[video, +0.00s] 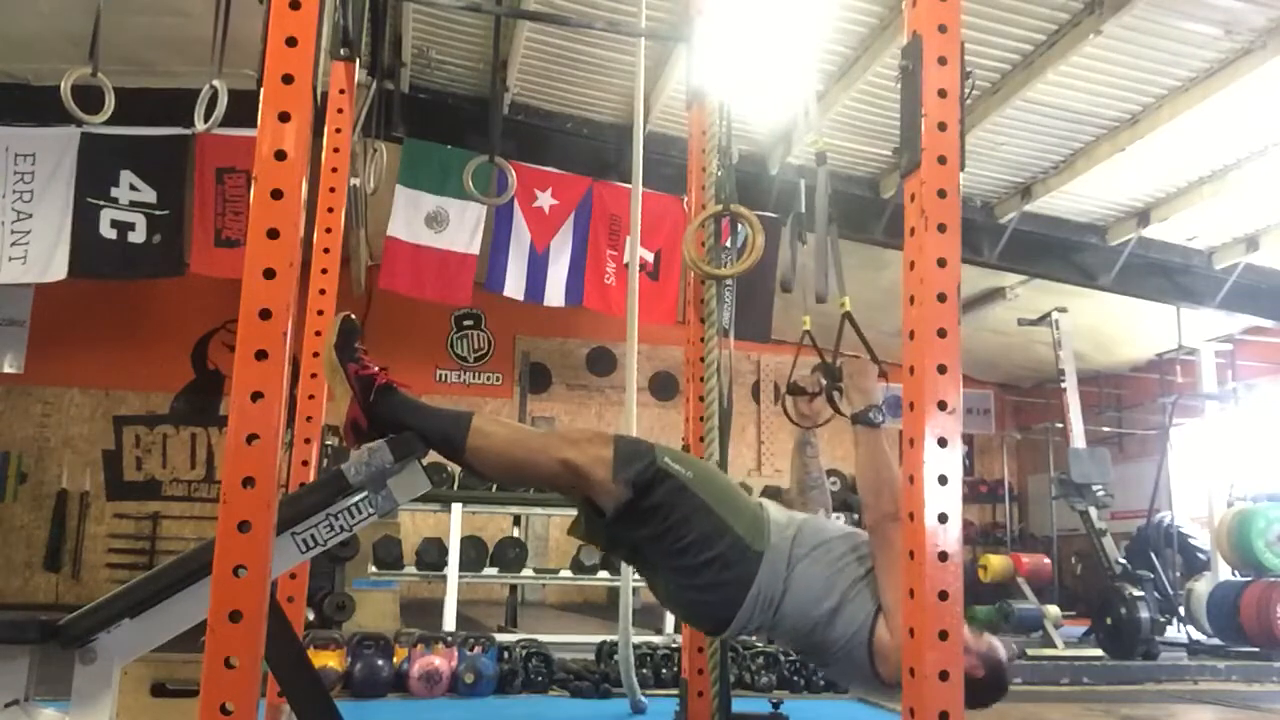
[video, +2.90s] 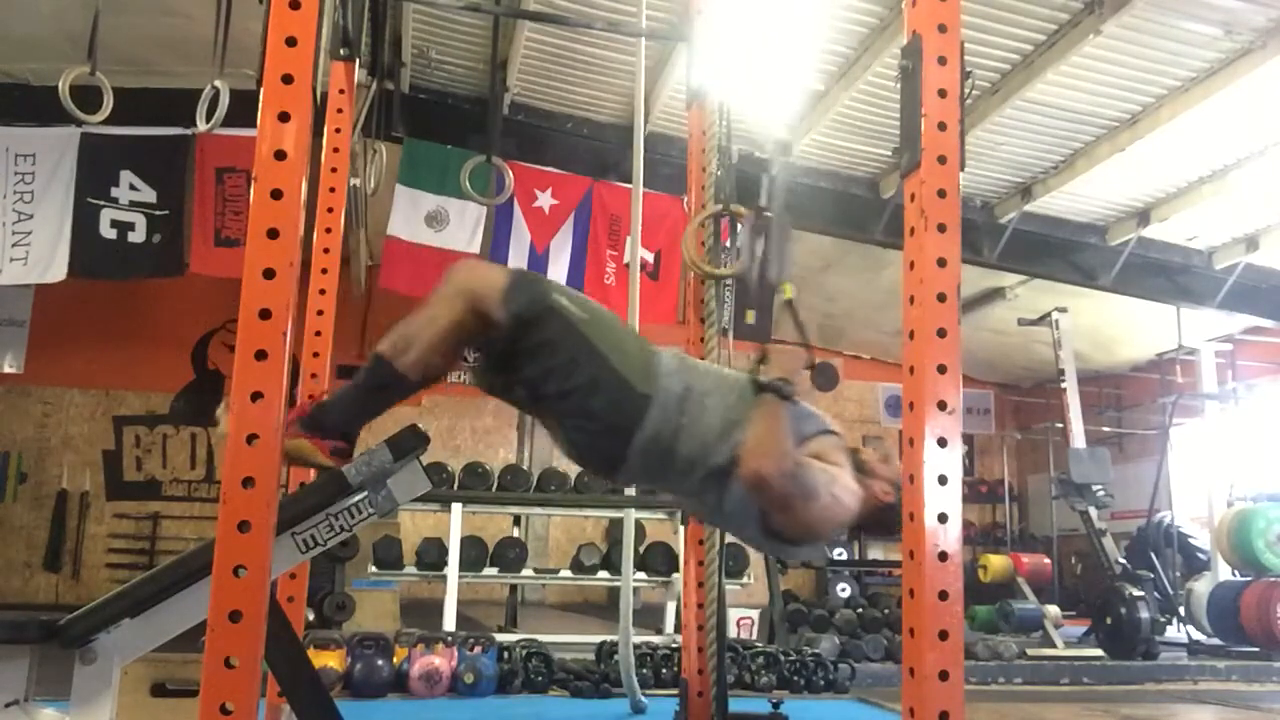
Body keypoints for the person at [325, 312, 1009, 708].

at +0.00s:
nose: (969, 639)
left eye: (974, 658)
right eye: (980, 643)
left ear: (955, 682)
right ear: (967, 631)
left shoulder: (913, 663)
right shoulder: (917, 619)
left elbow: (906, 525)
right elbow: (892, 520)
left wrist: (883, 420)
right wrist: (871, 418)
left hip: (744, 571)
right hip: (749, 534)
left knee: (598, 464)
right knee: (593, 457)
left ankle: (402, 416)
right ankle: (414, 421)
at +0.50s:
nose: (979, 579)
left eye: (988, 599)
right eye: (992, 577)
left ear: (972, 625)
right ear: (981, 565)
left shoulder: (927, 622)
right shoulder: (921, 562)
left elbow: (894, 519)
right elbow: (867, 510)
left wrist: (883, 419)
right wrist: (847, 436)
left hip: (761, 541)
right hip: (756, 508)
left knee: (593, 446)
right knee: (581, 449)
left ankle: (385, 409)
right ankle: (393, 424)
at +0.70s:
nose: (1002, 497)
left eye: (1012, 509)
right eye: (1011, 493)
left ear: (1001, 534)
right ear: (998, 485)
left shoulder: (949, 538)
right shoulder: (949, 486)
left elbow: (904, 496)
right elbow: (886, 448)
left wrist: (934, 428)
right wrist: (909, 398)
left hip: (774, 490)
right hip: (762, 454)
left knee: (601, 424)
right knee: (590, 421)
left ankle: (389, 415)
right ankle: (392, 411)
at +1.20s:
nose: (976, 454)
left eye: (988, 467)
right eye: (984, 448)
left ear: (979, 492)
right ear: (967, 437)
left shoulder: (926, 495)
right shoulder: (915, 442)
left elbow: (879, 473)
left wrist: (891, 385)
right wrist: (866, 375)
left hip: (746, 424)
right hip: (732, 448)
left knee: (569, 344)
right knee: (556, 364)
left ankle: (374, 417)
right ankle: (380, 418)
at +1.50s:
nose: (900, 430)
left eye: (911, 444)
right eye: (911, 429)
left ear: (902, 478)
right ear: (900, 429)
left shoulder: (850, 490)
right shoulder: (843, 440)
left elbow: (780, 473)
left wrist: (790, 391)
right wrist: (799, 380)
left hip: (644, 414)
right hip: (650, 389)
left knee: (486, 287)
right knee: (480, 310)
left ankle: (337, 420)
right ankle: (344, 414)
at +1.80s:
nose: (799, 425)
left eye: (808, 440)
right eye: (810, 430)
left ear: (798, 466)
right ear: (795, 449)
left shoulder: (748, 470)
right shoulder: (743, 433)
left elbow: (673, 458)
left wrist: (697, 373)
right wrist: (711, 359)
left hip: (543, 381)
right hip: (552, 359)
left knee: (386, 250)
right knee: (391, 269)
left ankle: (315, 424)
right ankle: (319, 415)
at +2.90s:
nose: (887, 448)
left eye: (897, 462)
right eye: (899, 447)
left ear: (888, 499)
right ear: (891, 474)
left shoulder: (835, 499)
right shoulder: (829, 455)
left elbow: (766, 469)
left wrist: (775, 389)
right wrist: (794, 377)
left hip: (637, 411)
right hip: (639, 396)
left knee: (477, 283)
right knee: (463, 320)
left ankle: (337, 419)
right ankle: (341, 414)